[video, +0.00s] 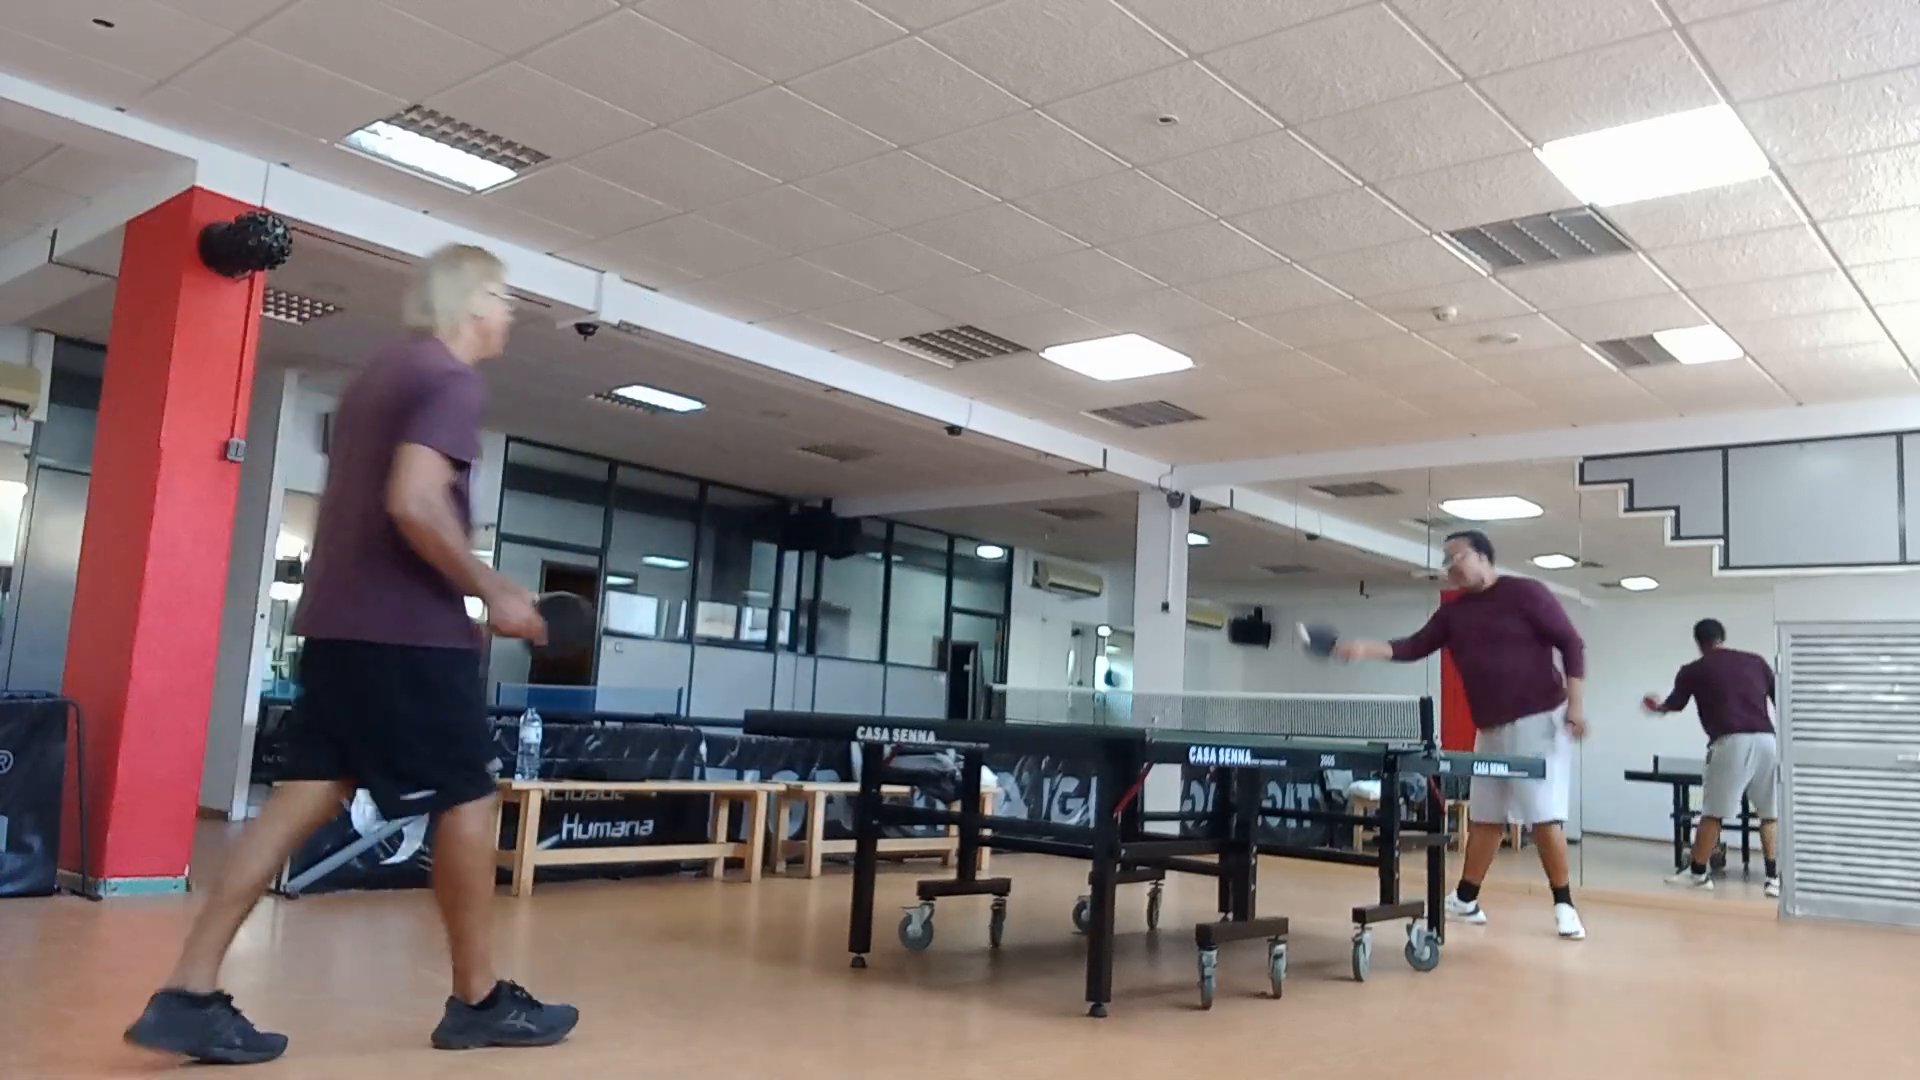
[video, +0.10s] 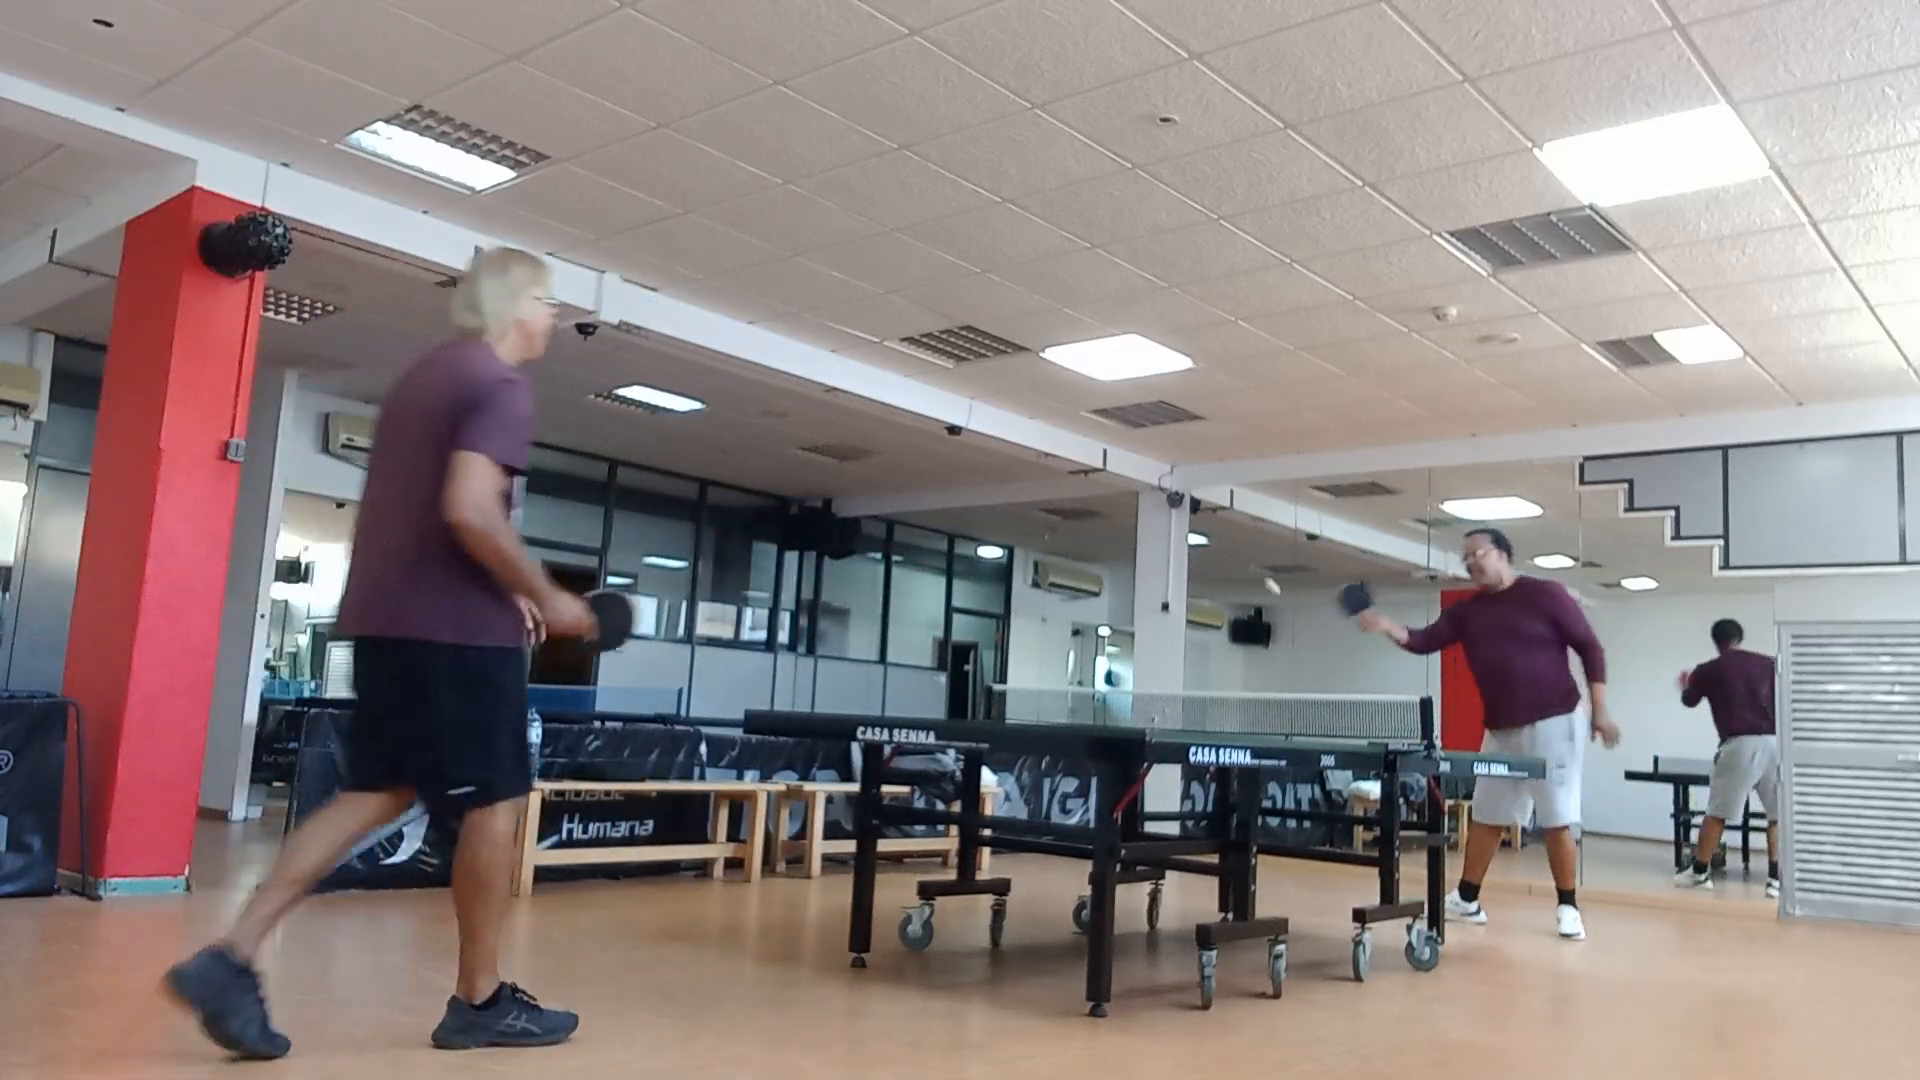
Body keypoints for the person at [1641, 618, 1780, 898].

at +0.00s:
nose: (1705, 646)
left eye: (1701, 642)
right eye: (1712, 641)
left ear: (1698, 643)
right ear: (1723, 638)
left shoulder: (1693, 671)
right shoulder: (1754, 661)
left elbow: (1676, 703)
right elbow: (1780, 699)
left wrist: (1656, 708)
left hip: (1730, 743)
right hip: (1766, 742)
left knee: (1713, 813)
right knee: (1769, 814)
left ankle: (1697, 872)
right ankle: (1773, 878)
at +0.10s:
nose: (1726, 645)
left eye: (1720, 641)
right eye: (1732, 639)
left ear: (1715, 642)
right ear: (1740, 638)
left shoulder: (1708, 670)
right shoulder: (1767, 663)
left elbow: (1690, 700)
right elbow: (1782, 695)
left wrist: (1686, 685)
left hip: (1739, 745)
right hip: (1775, 744)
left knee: (1717, 812)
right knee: (1777, 816)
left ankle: (1698, 871)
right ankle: (1776, 878)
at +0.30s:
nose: (1769, 642)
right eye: (1771, 636)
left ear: (1750, 638)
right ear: (1773, 636)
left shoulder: (1734, 669)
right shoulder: (1787, 665)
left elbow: (1722, 711)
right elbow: (1797, 701)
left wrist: (1744, 706)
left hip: (1752, 743)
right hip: (1784, 742)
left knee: (1746, 808)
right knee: (1783, 810)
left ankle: (1741, 867)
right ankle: (1777, 873)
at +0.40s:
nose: (1785, 642)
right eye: (1786, 636)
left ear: (1765, 638)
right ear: (1787, 637)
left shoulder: (1746, 669)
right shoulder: (1797, 668)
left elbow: (1733, 711)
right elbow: (1807, 706)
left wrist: (1752, 732)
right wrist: (1801, 732)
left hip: (1759, 742)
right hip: (1792, 742)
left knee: (1768, 806)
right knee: (1789, 805)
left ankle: (1774, 871)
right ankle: (1785, 871)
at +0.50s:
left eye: (1783, 635)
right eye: (1791, 636)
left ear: (1773, 639)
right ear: (1795, 639)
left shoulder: (1755, 673)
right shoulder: (1801, 672)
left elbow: (1744, 715)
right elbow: (1812, 710)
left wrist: (1761, 735)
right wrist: (1807, 734)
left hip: (1766, 744)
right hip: (1795, 744)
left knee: (1781, 806)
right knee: (1788, 808)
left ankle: (1779, 869)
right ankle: (1777, 873)